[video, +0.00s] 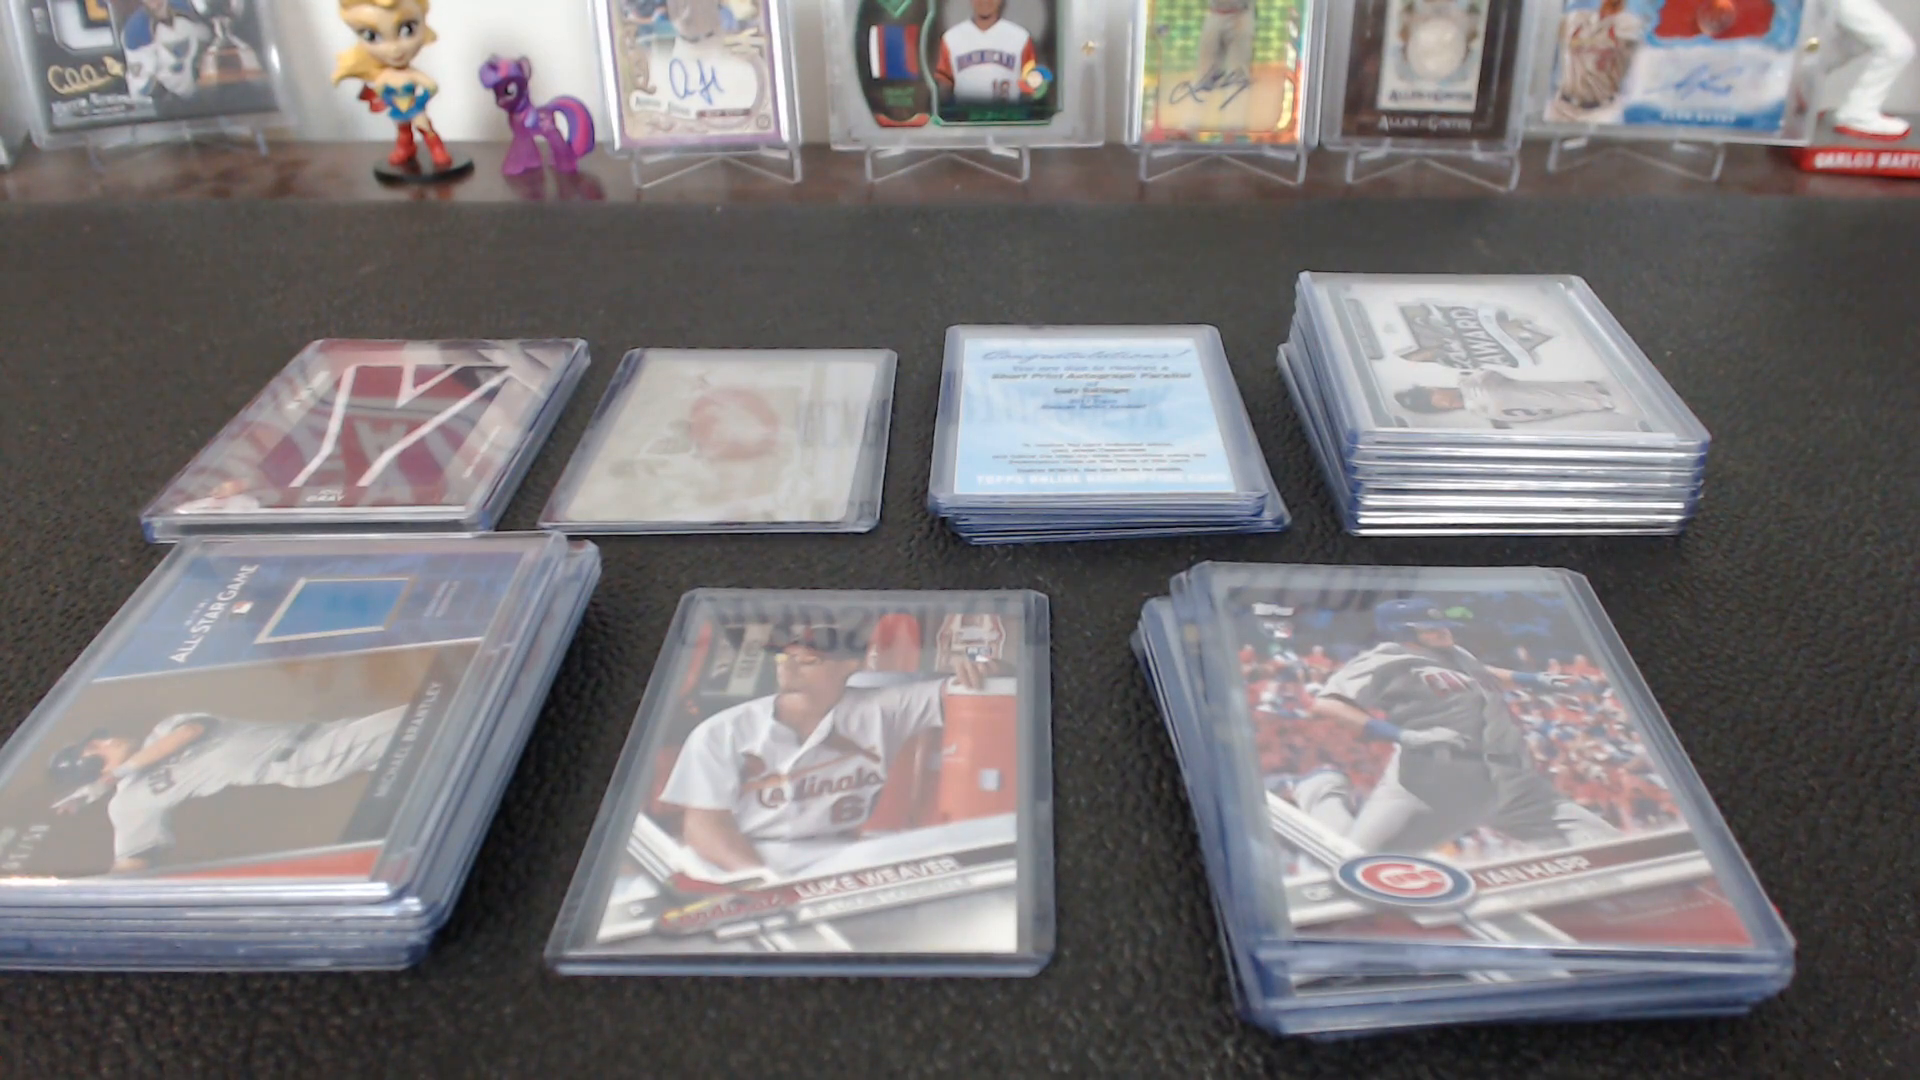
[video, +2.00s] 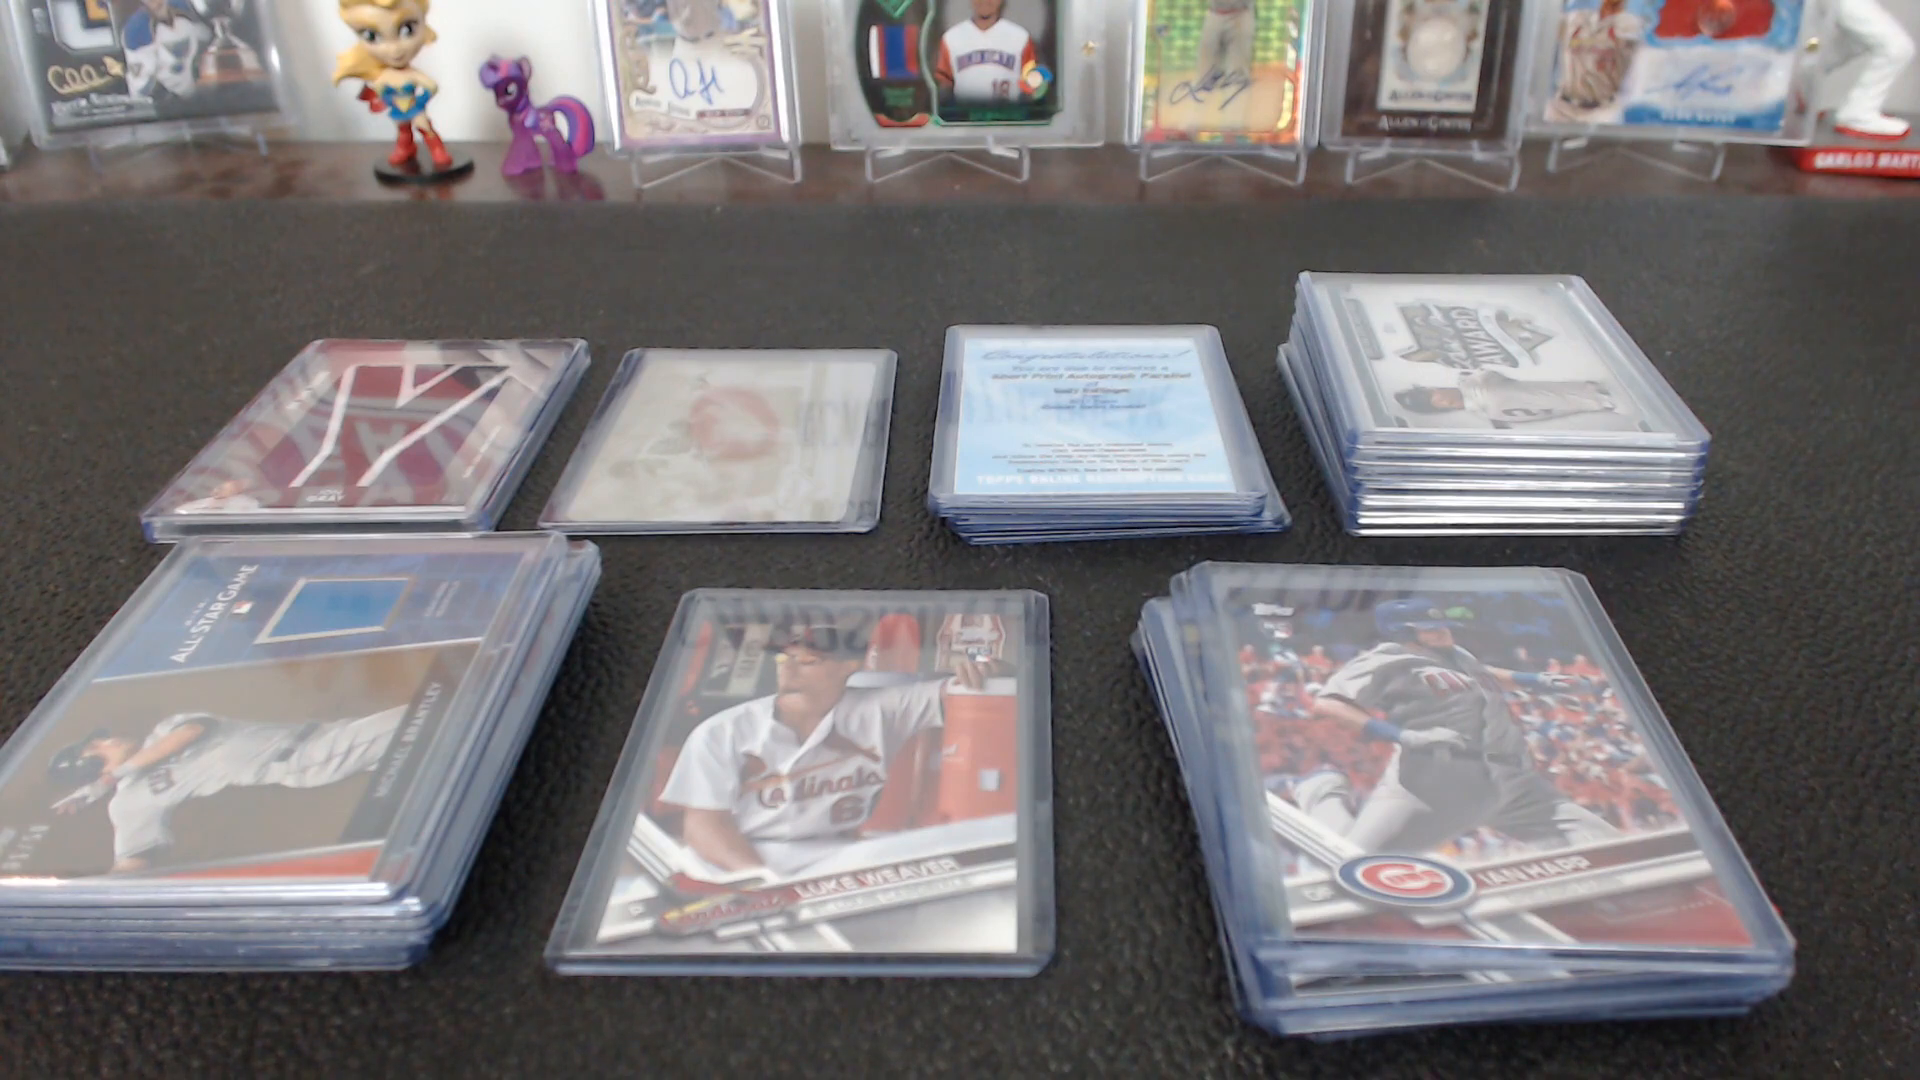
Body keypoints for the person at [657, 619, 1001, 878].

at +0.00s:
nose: (799, 656)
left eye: (820, 646)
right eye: (789, 644)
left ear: (854, 661)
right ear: (776, 656)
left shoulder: (877, 713)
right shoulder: (719, 735)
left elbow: (959, 690)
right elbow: (703, 829)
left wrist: (972, 674)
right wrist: (767, 883)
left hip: (829, 868)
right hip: (730, 872)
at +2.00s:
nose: (792, 661)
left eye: (814, 651)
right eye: (785, 648)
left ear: (852, 665)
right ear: (775, 658)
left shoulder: (874, 714)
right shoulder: (720, 736)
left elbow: (955, 691)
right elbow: (703, 829)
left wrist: (973, 674)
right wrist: (768, 884)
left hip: (827, 868)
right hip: (728, 873)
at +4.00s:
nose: (793, 658)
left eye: (814, 650)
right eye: (787, 646)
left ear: (853, 663)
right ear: (776, 655)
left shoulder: (875, 714)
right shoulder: (720, 735)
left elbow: (954, 692)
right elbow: (703, 831)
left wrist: (975, 675)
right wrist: (768, 886)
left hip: (830, 870)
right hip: (732, 875)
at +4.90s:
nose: (794, 657)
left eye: (816, 650)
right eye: (788, 645)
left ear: (854, 664)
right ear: (777, 654)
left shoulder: (875, 714)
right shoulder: (722, 735)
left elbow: (955, 692)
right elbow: (703, 830)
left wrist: (975, 675)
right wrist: (770, 884)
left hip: (826, 874)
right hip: (725, 879)